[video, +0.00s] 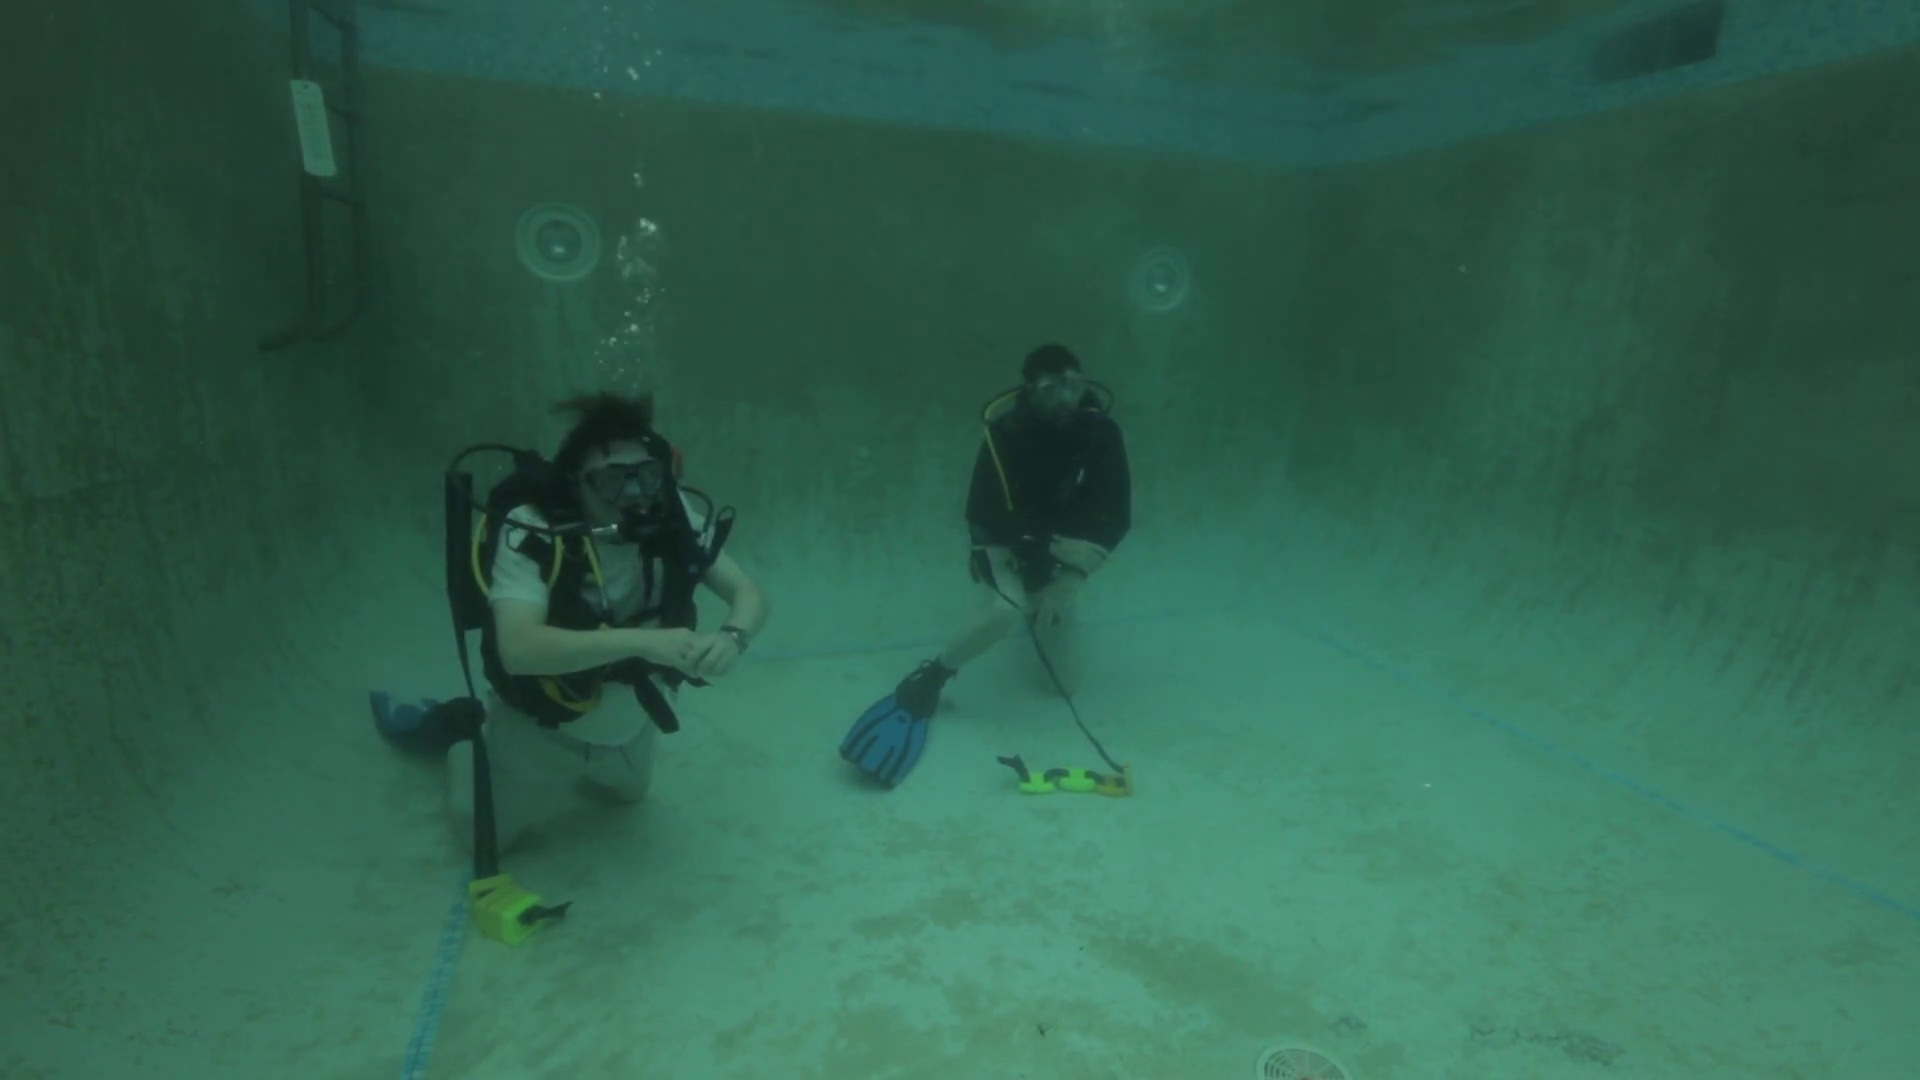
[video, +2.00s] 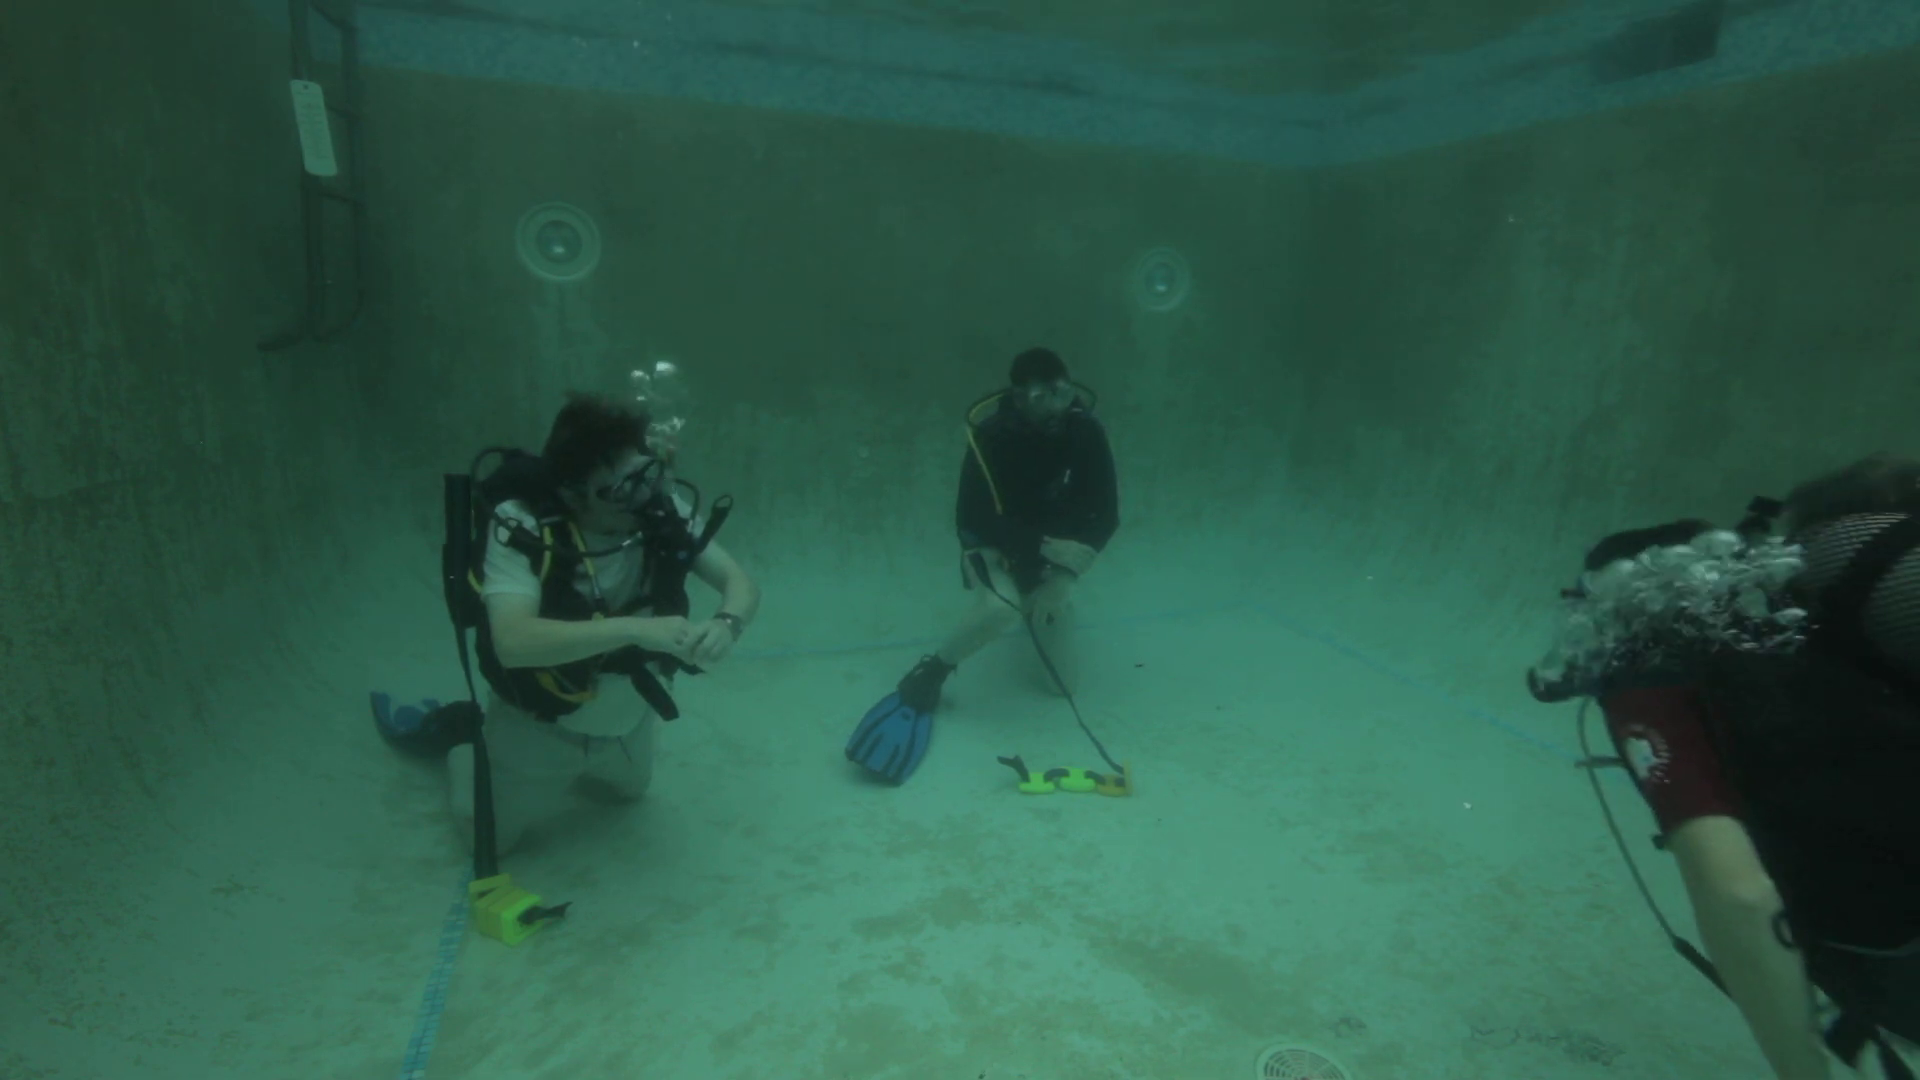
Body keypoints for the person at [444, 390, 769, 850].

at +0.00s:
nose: (632, 494)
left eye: (643, 478)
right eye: (612, 480)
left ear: (661, 476)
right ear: (577, 482)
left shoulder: (671, 518)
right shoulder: (531, 527)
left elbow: (748, 593)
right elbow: (517, 649)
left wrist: (733, 636)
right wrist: (647, 643)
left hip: (626, 708)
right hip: (538, 715)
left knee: (628, 785)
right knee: (486, 836)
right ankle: (462, 728)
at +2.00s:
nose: (649, 498)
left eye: (651, 479)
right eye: (629, 486)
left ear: (658, 470)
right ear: (576, 493)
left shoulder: (658, 512)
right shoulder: (520, 525)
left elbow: (741, 584)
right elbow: (513, 642)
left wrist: (727, 624)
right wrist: (636, 630)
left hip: (626, 712)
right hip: (537, 721)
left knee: (629, 786)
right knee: (492, 837)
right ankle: (466, 730)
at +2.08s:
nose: (648, 497)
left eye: (648, 477)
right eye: (627, 487)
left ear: (654, 466)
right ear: (575, 496)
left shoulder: (658, 512)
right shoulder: (519, 525)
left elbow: (740, 582)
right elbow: (512, 642)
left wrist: (727, 623)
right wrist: (638, 629)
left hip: (626, 712)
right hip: (537, 722)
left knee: (628, 786)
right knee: (494, 838)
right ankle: (465, 730)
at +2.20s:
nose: (648, 496)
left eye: (649, 476)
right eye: (627, 486)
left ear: (654, 465)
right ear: (576, 494)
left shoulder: (658, 510)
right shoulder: (518, 526)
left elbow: (739, 582)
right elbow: (513, 642)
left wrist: (727, 622)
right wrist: (638, 627)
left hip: (626, 713)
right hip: (537, 723)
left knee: (628, 786)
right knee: (493, 838)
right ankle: (465, 730)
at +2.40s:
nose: (646, 494)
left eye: (648, 475)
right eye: (627, 483)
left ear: (653, 465)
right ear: (575, 492)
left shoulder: (657, 508)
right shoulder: (517, 525)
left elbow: (736, 579)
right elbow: (514, 641)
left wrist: (729, 621)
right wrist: (648, 622)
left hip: (627, 713)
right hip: (538, 723)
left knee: (627, 787)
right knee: (500, 835)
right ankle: (463, 730)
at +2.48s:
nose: (643, 494)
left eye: (646, 475)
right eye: (625, 483)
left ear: (651, 467)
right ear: (573, 491)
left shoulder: (657, 507)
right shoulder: (515, 525)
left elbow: (736, 581)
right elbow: (515, 640)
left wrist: (729, 621)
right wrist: (645, 619)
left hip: (627, 713)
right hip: (538, 723)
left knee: (627, 788)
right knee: (500, 835)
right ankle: (464, 730)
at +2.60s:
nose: (641, 494)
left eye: (643, 475)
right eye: (621, 483)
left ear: (649, 466)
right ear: (570, 491)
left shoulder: (651, 509)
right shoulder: (513, 527)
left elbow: (731, 581)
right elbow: (521, 639)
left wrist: (731, 621)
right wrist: (645, 602)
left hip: (625, 711)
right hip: (539, 721)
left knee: (628, 786)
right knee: (503, 832)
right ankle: (466, 730)